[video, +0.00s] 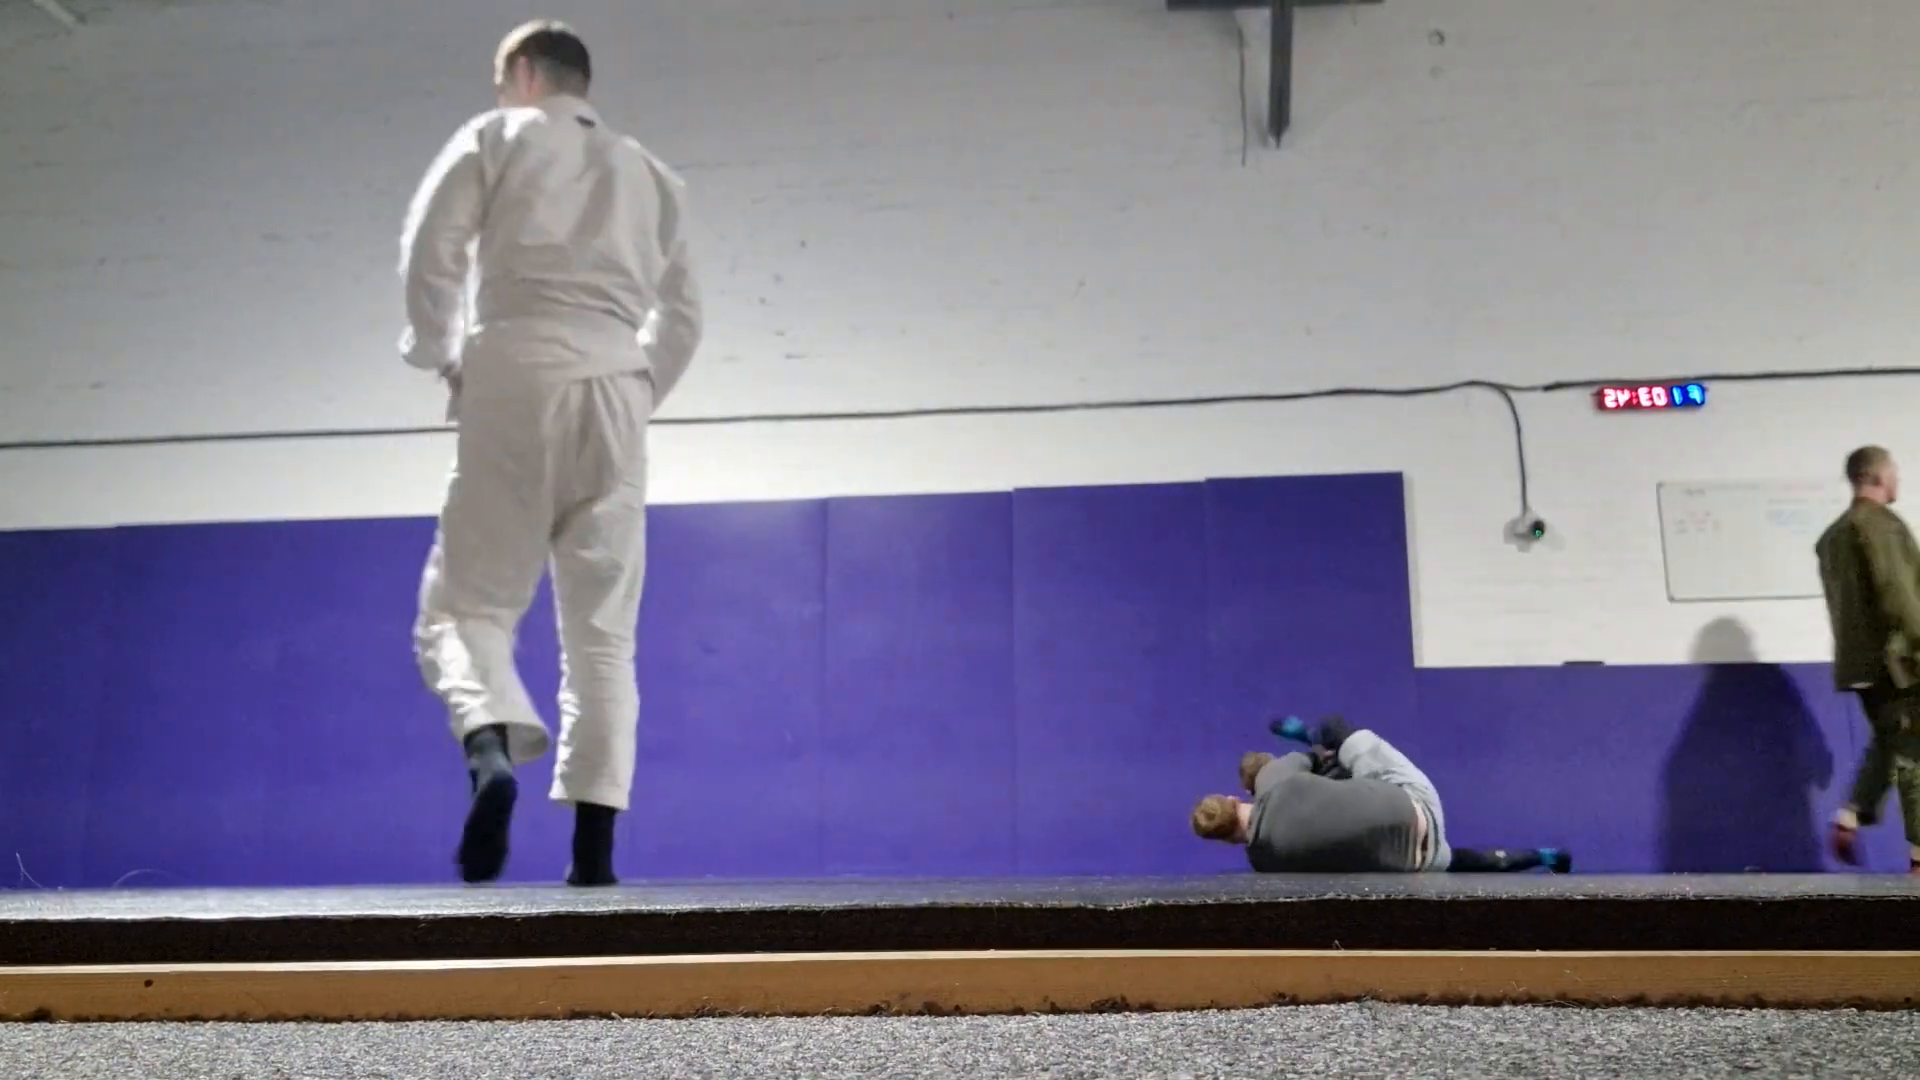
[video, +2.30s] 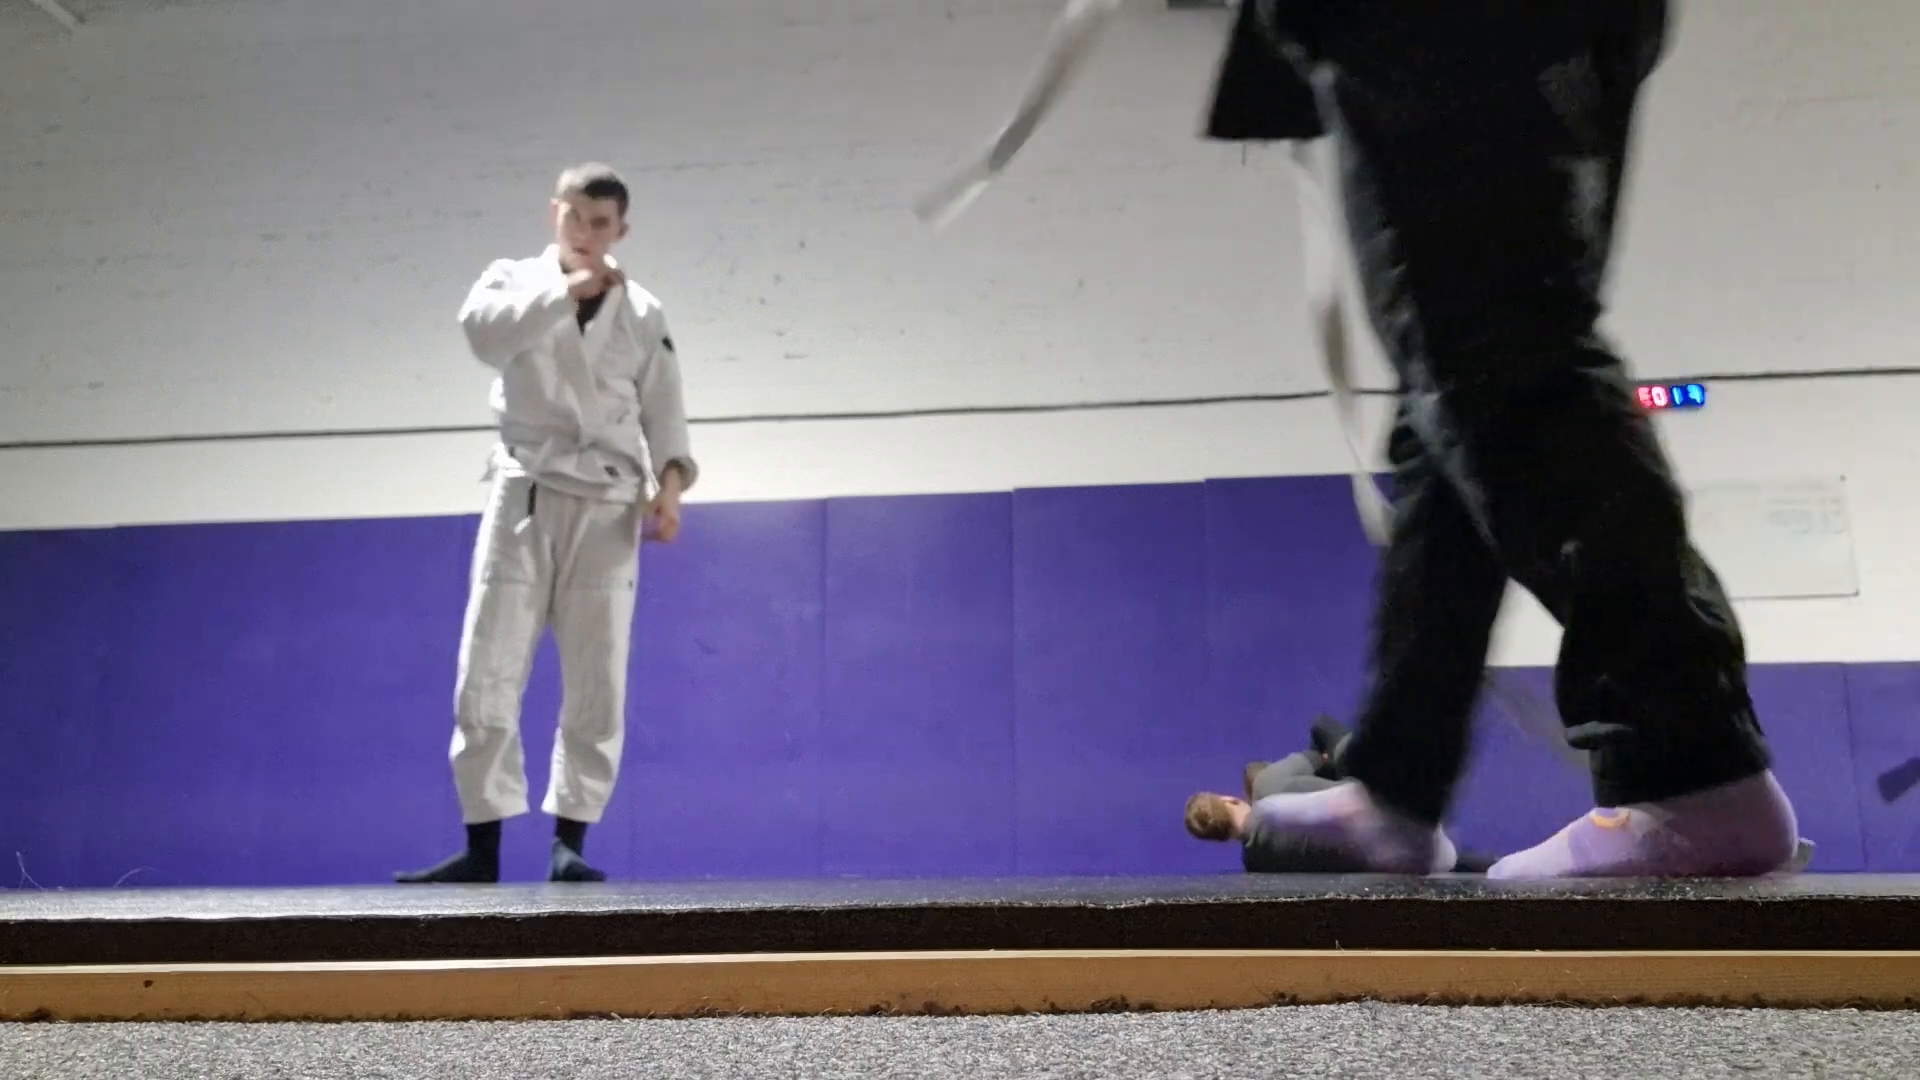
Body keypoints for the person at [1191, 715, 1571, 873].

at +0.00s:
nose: (1257, 769)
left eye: (1221, 829)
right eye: (1250, 775)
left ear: (1226, 840)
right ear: (1242, 792)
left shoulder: (1265, 863)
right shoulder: (1273, 779)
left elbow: (1323, 861)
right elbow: (1317, 758)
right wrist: (1322, 755)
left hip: (1418, 861)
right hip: (1419, 809)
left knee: (1451, 858)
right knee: (1355, 738)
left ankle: (1533, 859)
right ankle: (1314, 734)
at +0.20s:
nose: (1244, 772)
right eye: (1240, 778)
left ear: (1223, 839)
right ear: (1238, 793)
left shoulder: (1262, 862)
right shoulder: (1268, 783)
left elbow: (1325, 852)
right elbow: (1311, 752)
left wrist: (1318, 781)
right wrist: (1316, 768)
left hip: (1414, 855)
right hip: (1405, 799)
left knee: (1471, 857)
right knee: (1326, 740)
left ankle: (1549, 858)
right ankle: (1262, 716)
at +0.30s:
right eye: (1233, 787)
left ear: (1220, 842)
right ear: (1232, 796)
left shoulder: (1261, 863)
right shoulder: (1269, 789)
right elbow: (1303, 751)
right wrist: (1276, 760)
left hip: (1412, 855)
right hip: (1400, 804)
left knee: (1472, 854)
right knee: (1312, 733)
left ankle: (1552, 855)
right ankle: (1265, 754)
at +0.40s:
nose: (1250, 772)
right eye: (1244, 778)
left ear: (1219, 841)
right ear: (1232, 794)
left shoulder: (1260, 864)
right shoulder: (1265, 782)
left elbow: (1323, 864)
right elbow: (1305, 753)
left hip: (1410, 857)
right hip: (1398, 801)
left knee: (1471, 856)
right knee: (1311, 731)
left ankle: (1550, 854)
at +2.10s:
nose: (1230, 793)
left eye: (1225, 793)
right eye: (1227, 793)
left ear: (1216, 840)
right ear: (1230, 797)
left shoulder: (1258, 864)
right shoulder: (1274, 782)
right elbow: (1321, 758)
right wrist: (1265, 775)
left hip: (1423, 863)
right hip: (1416, 808)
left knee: (1458, 856)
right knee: (1324, 727)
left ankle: (1514, 866)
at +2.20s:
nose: (1232, 795)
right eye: (1228, 795)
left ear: (1217, 841)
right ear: (1231, 798)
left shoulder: (1258, 864)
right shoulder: (1271, 781)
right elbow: (1317, 757)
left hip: (1422, 865)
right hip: (1415, 810)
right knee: (1342, 740)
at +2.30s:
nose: (1227, 795)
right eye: (1225, 797)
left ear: (1217, 841)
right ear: (1227, 798)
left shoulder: (1258, 865)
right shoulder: (1269, 785)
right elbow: (1317, 758)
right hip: (1386, 806)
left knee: (1458, 863)